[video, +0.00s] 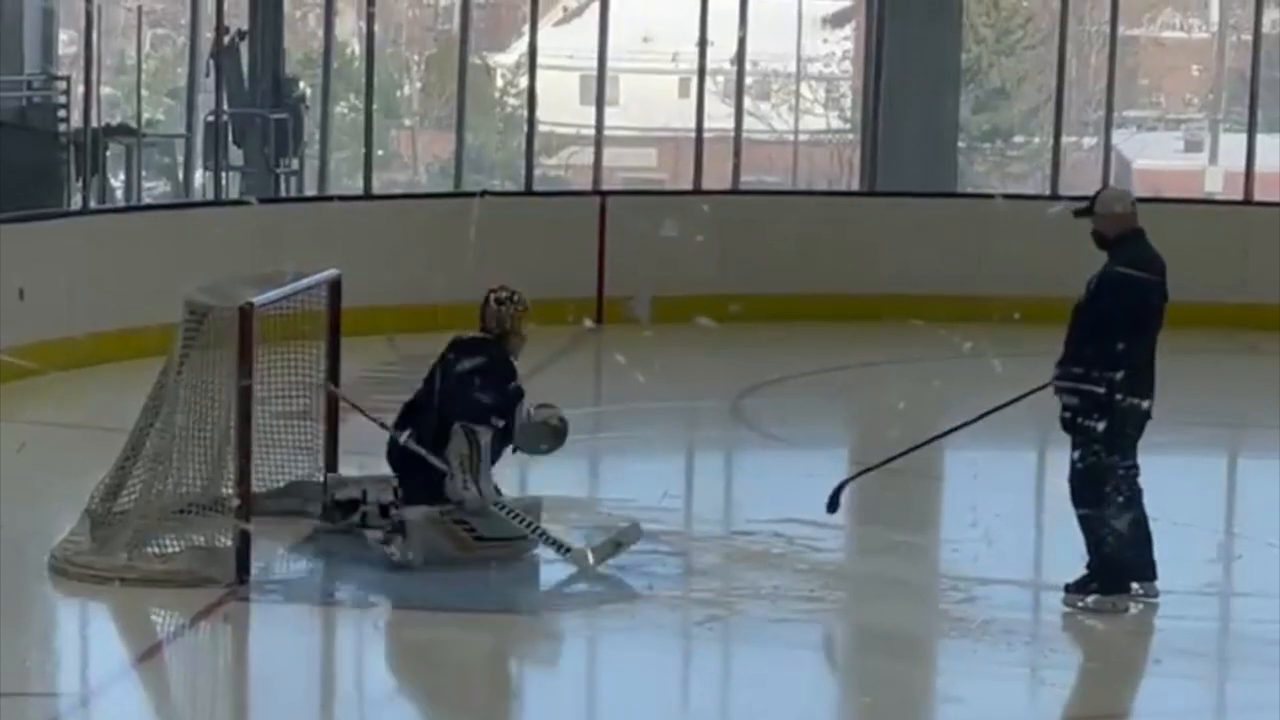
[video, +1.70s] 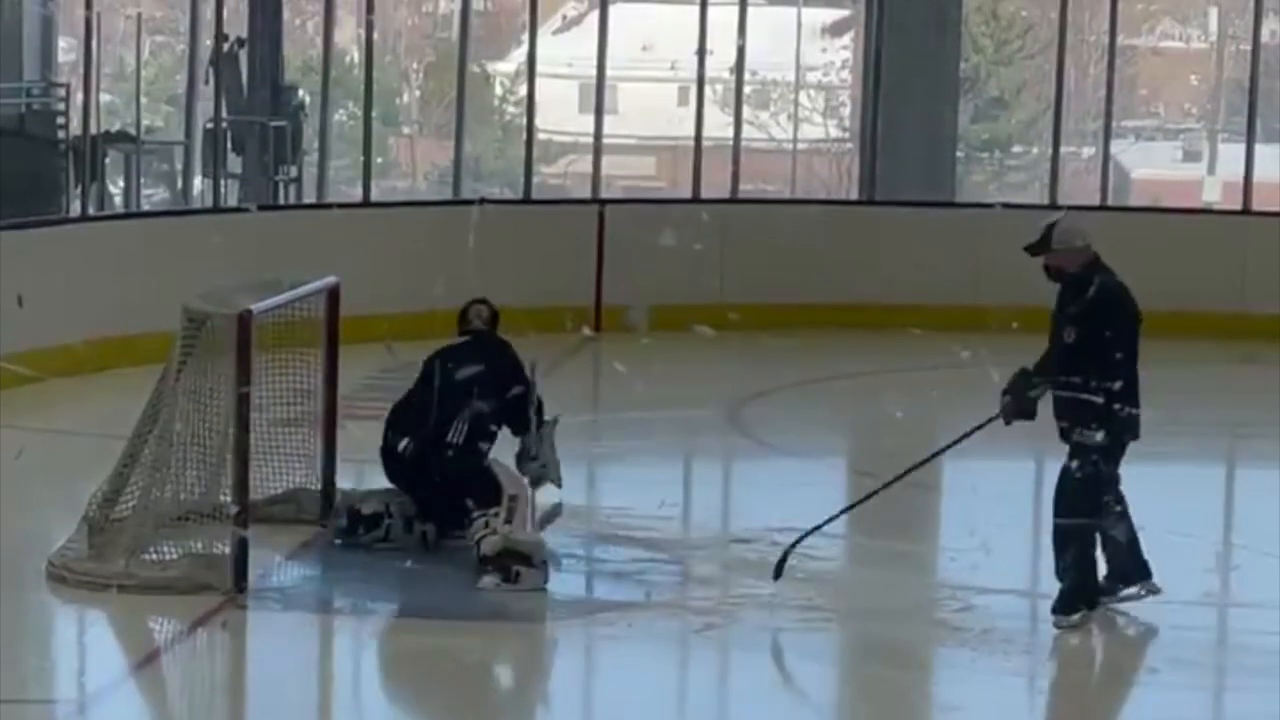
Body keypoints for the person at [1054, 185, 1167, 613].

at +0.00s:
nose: (1092, 229)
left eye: (1097, 221)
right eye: (1092, 221)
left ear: (1113, 221)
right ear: (1127, 219)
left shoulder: (1125, 269)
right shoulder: (1141, 263)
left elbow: (1100, 336)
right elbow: (1103, 332)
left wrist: (1074, 385)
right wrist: (1073, 374)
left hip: (1109, 397)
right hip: (1125, 393)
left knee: (1092, 486)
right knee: (1118, 483)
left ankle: (1110, 577)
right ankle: (1136, 571)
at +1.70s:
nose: (1046, 266)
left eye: (1051, 258)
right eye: (1045, 258)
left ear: (1072, 255)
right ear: (1069, 255)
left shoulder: (1109, 297)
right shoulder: (1073, 292)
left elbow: (1110, 370)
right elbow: (1061, 353)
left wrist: (1099, 425)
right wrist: (1030, 383)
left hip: (1106, 423)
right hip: (1082, 419)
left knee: (1072, 502)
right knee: (1103, 497)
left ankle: (1077, 593)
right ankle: (1129, 569)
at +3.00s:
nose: (970, 281)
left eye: (976, 273)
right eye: (970, 274)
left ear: (1001, 272)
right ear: (989, 273)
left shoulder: (1049, 321)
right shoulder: (986, 314)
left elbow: (1044, 403)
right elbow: (976, 383)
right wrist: (936, 426)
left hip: (1031, 468)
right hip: (980, 463)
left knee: (1030, 569)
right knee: (961, 562)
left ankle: (1035, 671)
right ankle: (945, 663)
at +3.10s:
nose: (964, 284)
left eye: (970, 276)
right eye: (963, 276)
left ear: (994, 274)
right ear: (979, 275)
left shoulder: (1039, 324)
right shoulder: (980, 318)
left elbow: (1012, 399)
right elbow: (969, 391)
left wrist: (940, 423)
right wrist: (934, 428)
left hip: (1022, 472)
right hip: (971, 466)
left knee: (1022, 577)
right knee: (950, 568)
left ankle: (1027, 684)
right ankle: (936, 673)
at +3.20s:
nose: (955, 285)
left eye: (961, 277)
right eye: (955, 277)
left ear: (985, 275)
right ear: (975, 277)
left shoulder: (1027, 326)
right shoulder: (975, 321)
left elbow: (1013, 416)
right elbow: (962, 398)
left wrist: (943, 434)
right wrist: (930, 425)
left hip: (1013, 473)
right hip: (964, 467)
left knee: (1012, 575)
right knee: (939, 564)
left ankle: (1018, 683)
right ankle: (930, 668)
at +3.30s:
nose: (947, 289)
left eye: (953, 280)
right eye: (946, 280)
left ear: (976, 277)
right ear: (961, 280)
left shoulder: (1014, 328)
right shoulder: (968, 322)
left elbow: (997, 410)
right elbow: (952, 395)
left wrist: (934, 432)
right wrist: (922, 420)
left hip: (1000, 472)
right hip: (954, 466)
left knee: (997, 573)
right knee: (929, 565)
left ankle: (1008, 684)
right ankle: (924, 672)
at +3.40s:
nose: (935, 288)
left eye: (941, 279)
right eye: (934, 280)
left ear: (964, 278)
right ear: (950, 281)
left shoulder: (999, 329)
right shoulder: (957, 324)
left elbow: (982, 406)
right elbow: (936, 393)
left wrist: (919, 434)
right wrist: (904, 423)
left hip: (987, 475)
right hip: (939, 470)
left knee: (981, 572)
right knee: (915, 568)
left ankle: (995, 686)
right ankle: (912, 675)